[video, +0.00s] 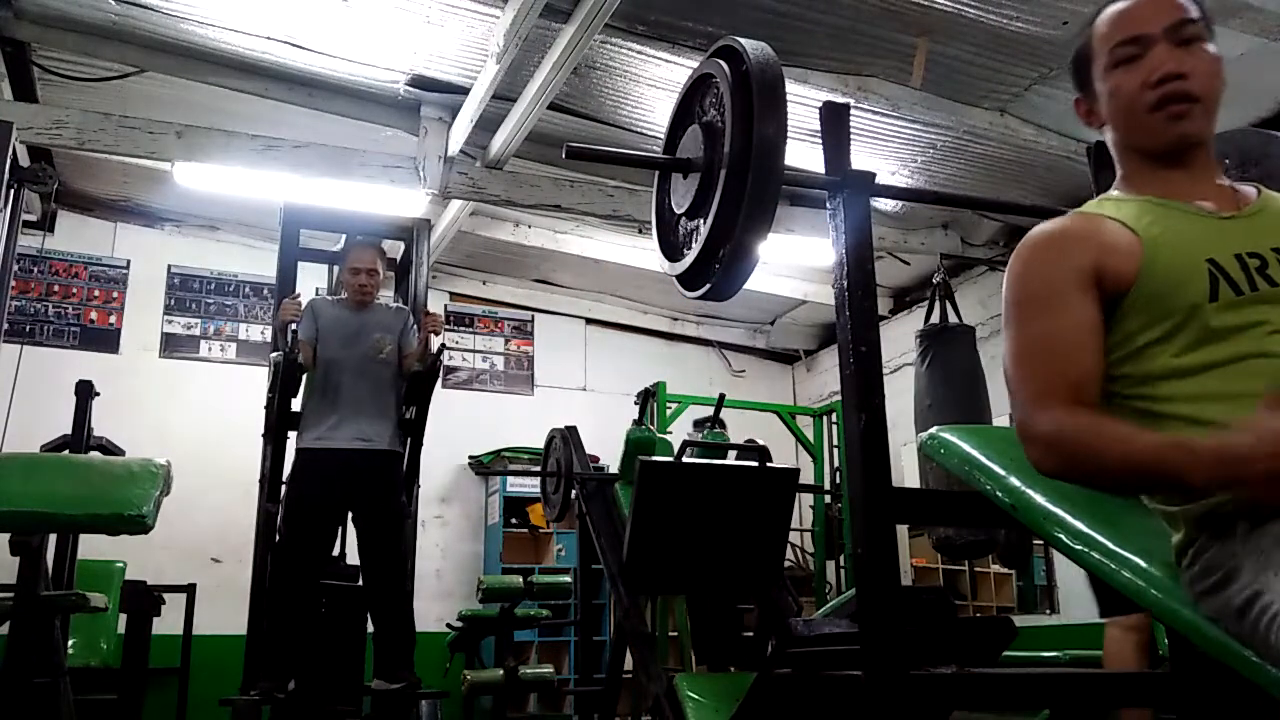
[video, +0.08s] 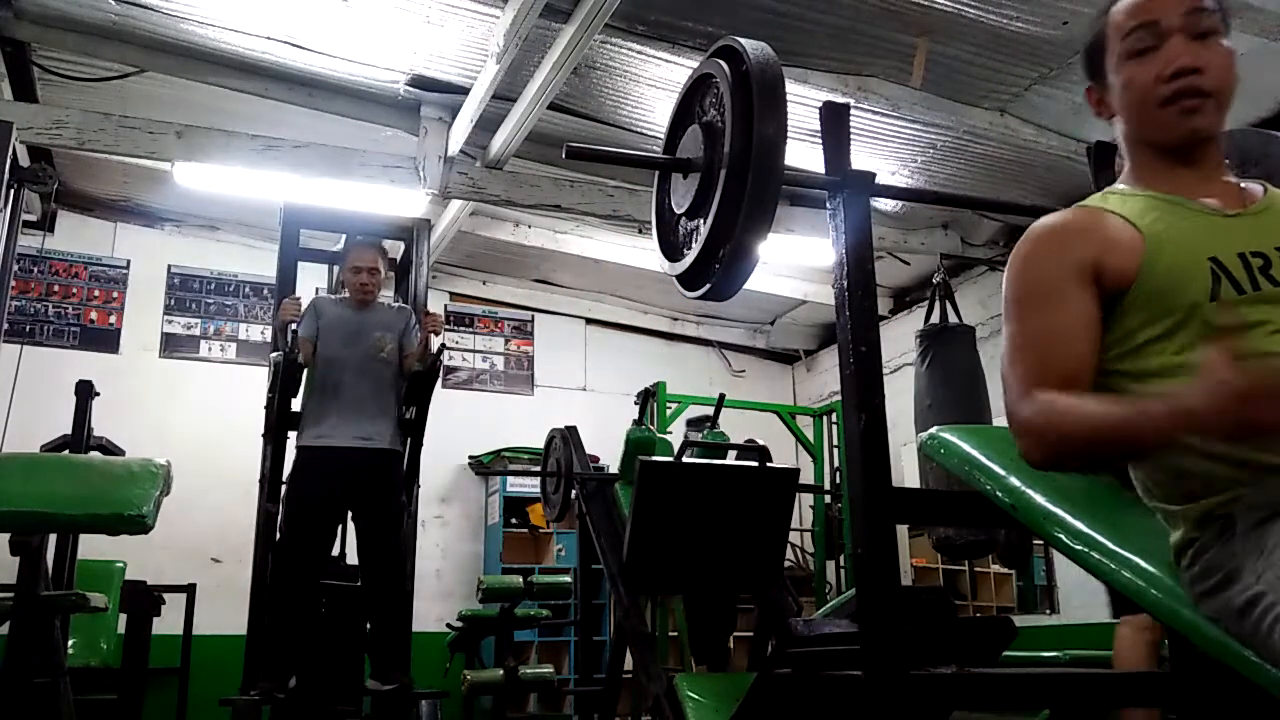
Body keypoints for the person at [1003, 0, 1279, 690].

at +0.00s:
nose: (1167, 63)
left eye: (1186, 39)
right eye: (1130, 56)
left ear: (1220, 69)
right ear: (1091, 111)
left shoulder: (1275, 211)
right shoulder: (1066, 247)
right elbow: (1050, 431)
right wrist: (1227, 456)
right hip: (1235, 530)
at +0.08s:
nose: (1182, 57)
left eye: (1203, 33)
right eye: (1143, 45)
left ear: (1232, 62)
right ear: (1102, 97)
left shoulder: (1273, 206)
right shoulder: (1069, 241)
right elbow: (1038, 423)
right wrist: (1194, 407)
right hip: (1239, 534)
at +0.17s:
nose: (1199, 55)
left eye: (1220, 30)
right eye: (1161, 41)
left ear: (1248, 59)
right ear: (1113, 90)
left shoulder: (1274, 200)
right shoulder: (1071, 236)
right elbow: (1033, 424)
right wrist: (1131, 350)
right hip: (1236, 523)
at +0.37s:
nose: (1230, 52)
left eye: (1253, 24)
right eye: (1190, 33)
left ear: (1278, 52)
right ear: (1136, 76)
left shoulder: (1279, 197)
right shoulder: (1080, 221)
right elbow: (1024, 408)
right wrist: (1094, 266)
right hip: (1242, 522)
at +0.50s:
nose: (1254, 48)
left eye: (1270, 25)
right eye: (1214, 30)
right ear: (1154, 70)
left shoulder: (1276, 194)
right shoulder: (1092, 219)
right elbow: (1034, 407)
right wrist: (1121, 278)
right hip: (1241, 524)